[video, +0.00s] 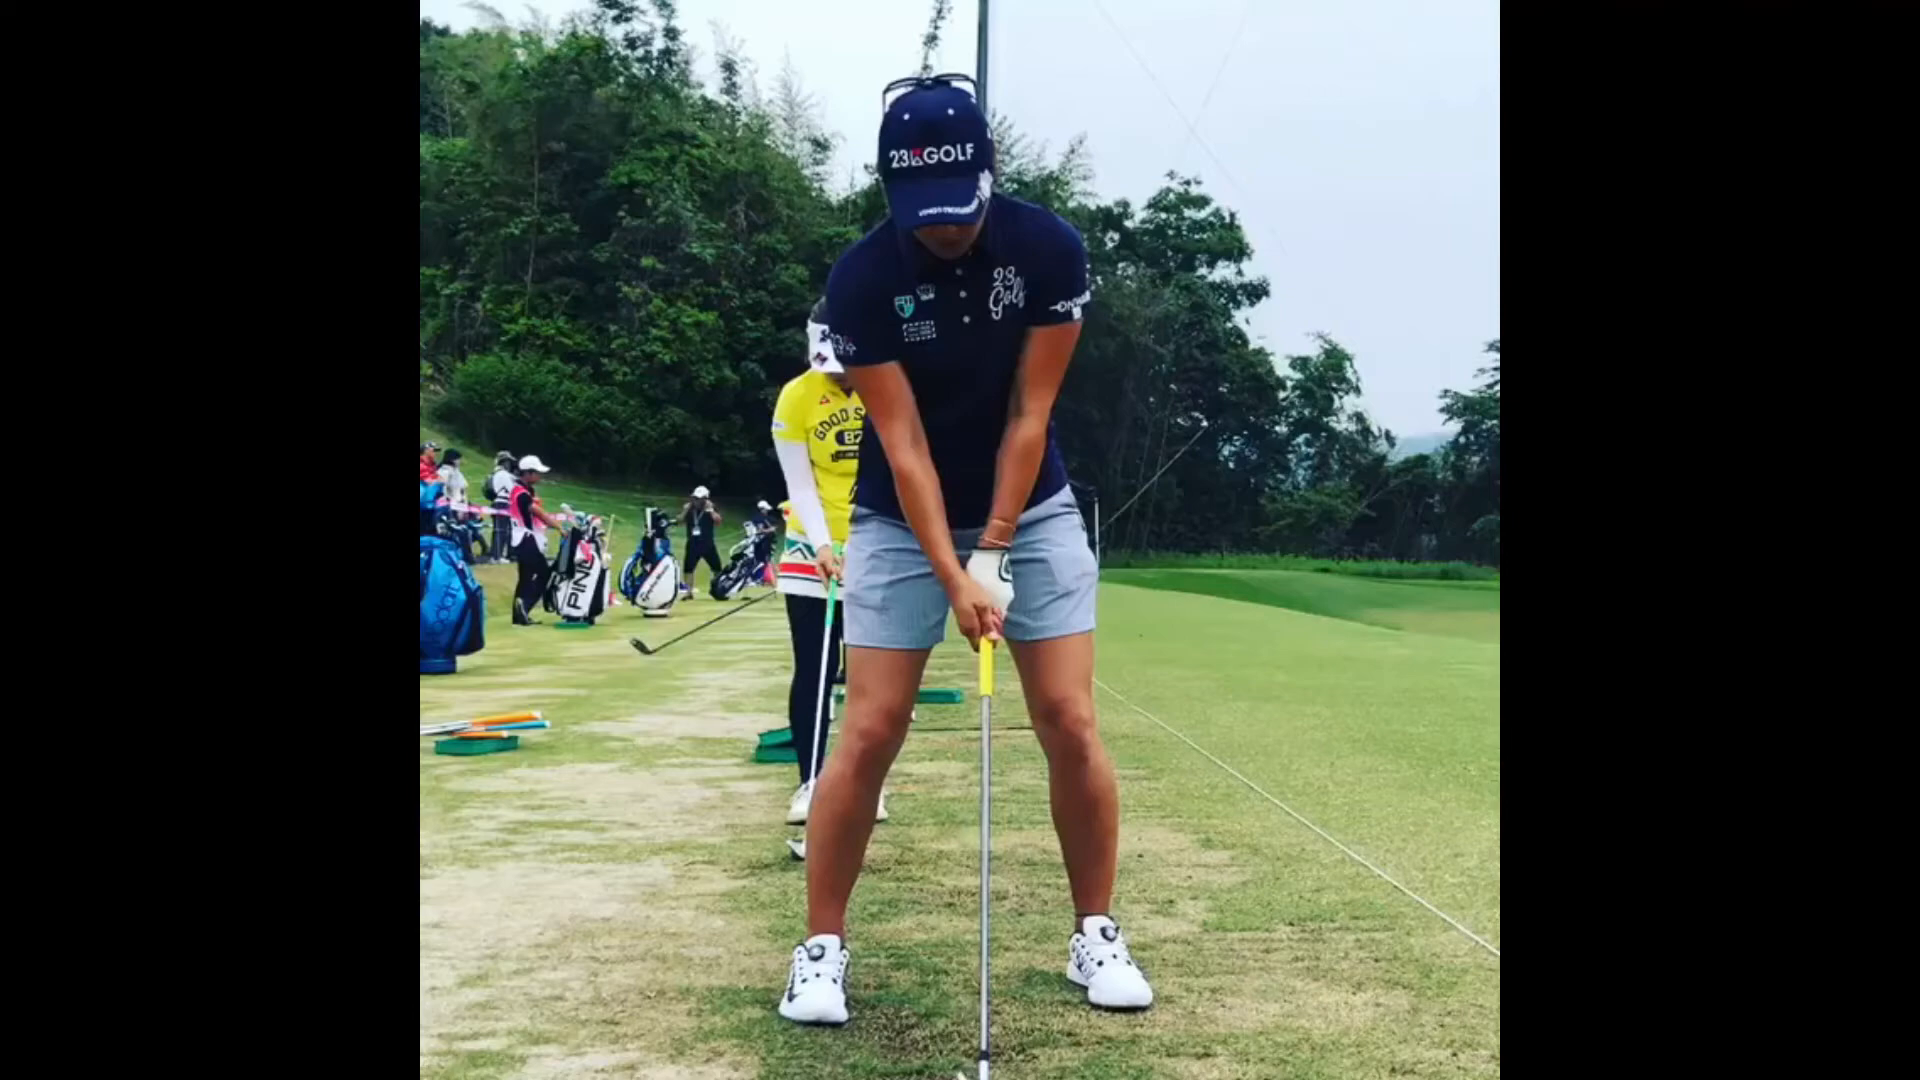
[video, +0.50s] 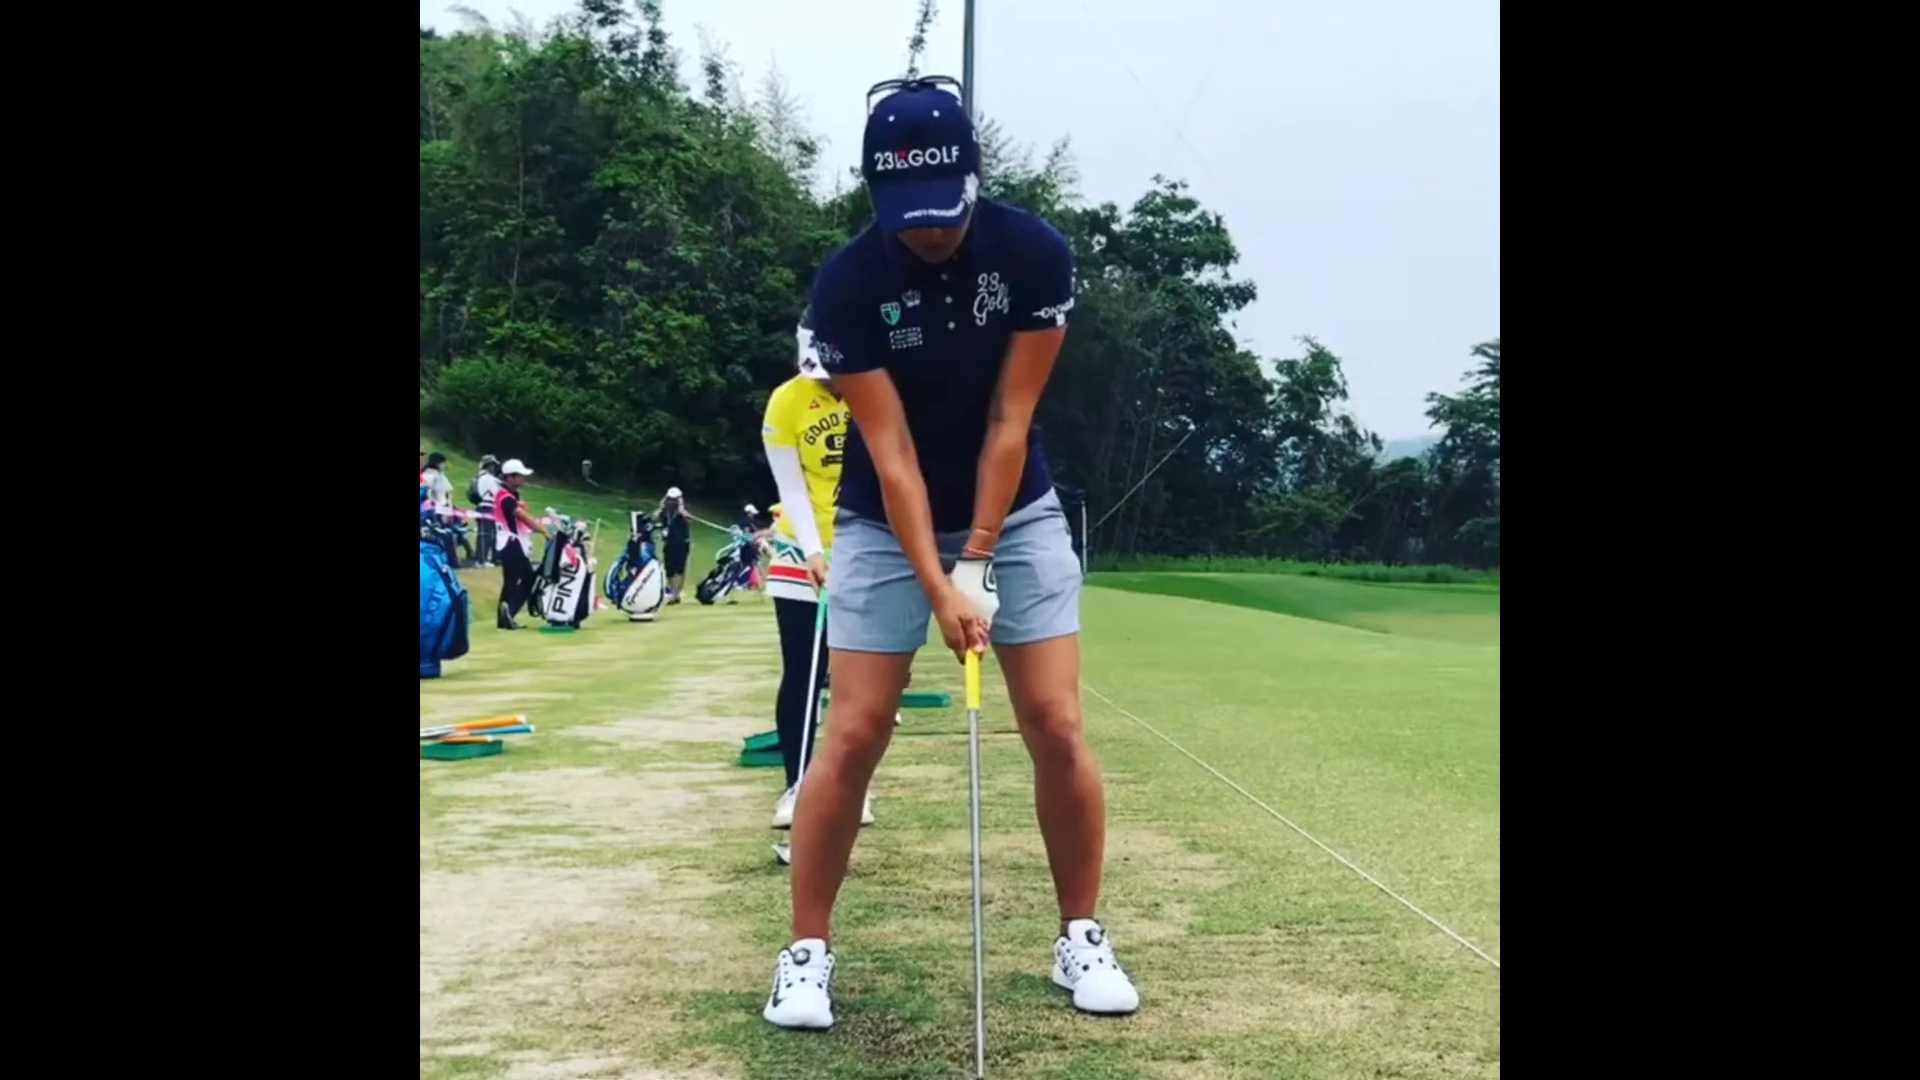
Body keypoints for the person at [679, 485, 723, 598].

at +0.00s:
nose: (698, 501)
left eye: (701, 499)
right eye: (696, 498)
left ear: (705, 499)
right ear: (693, 498)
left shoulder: (709, 509)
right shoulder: (689, 508)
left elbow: (718, 520)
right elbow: (680, 520)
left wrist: (711, 512)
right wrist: (686, 510)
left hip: (707, 543)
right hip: (692, 543)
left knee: (716, 568)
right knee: (688, 569)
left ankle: (718, 589)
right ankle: (688, 592)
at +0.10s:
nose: (697, 502)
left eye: (699, 499)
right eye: (695, 499)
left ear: (704, 500)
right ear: (691, 499)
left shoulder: (707, 509)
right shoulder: (688, 508)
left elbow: (716, 520)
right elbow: (679, 520)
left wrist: (709, 511)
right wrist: (685, 509)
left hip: (705, 543)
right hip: (691, 544)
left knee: (715, 568)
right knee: (687, 569)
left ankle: (718, 589)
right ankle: (688, 592)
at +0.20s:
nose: (690, 502)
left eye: (693, 500)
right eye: (688, 499)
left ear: (698, 501)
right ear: (685, 499)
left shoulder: (700, 512)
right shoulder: (682, 512)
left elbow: (710, 521)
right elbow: (675, 521)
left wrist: (702, 512)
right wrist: (680, 507)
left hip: (700, 544)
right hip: (686, 545)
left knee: (710, 569)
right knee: (683, 570)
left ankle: (715, 590)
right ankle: (685, 594)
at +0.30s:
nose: (683, 502)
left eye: (686, 499)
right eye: (682, 499)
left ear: (691, 500)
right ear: (679, 499)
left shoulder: (695, 511)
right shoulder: (677, 511)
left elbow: (702, 521)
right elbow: (669, 518)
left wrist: (693, 510)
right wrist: (674, 505)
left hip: (693, 543)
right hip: (680, 543)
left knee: (699, 568)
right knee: (679, 570)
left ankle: (701, 592)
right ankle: (682, 594)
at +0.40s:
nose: (676, 502)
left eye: (679, 499)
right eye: (674, 499)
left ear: (684, 500)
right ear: (671, 499)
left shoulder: (688, 511)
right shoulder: (671, 511)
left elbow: (695, 521)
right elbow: (661, 519)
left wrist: (687, 510)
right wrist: (668, 506)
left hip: (688, 542)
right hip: (675, 541)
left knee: (688, 569)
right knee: (675, 570)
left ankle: (687, 594)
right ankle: (678, 594)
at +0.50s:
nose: (671, 502)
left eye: (674, 499)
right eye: (669, 499)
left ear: (679, 501)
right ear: (666, 500)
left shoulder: (682, 514)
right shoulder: (665, 513)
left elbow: (689, 521)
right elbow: (655, 519)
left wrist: (683, 513)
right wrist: (661, 508)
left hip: (681, 542)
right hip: (669, 542)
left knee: (678, 569)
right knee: (669, 569)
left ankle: (677, 594)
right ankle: (672, 592)